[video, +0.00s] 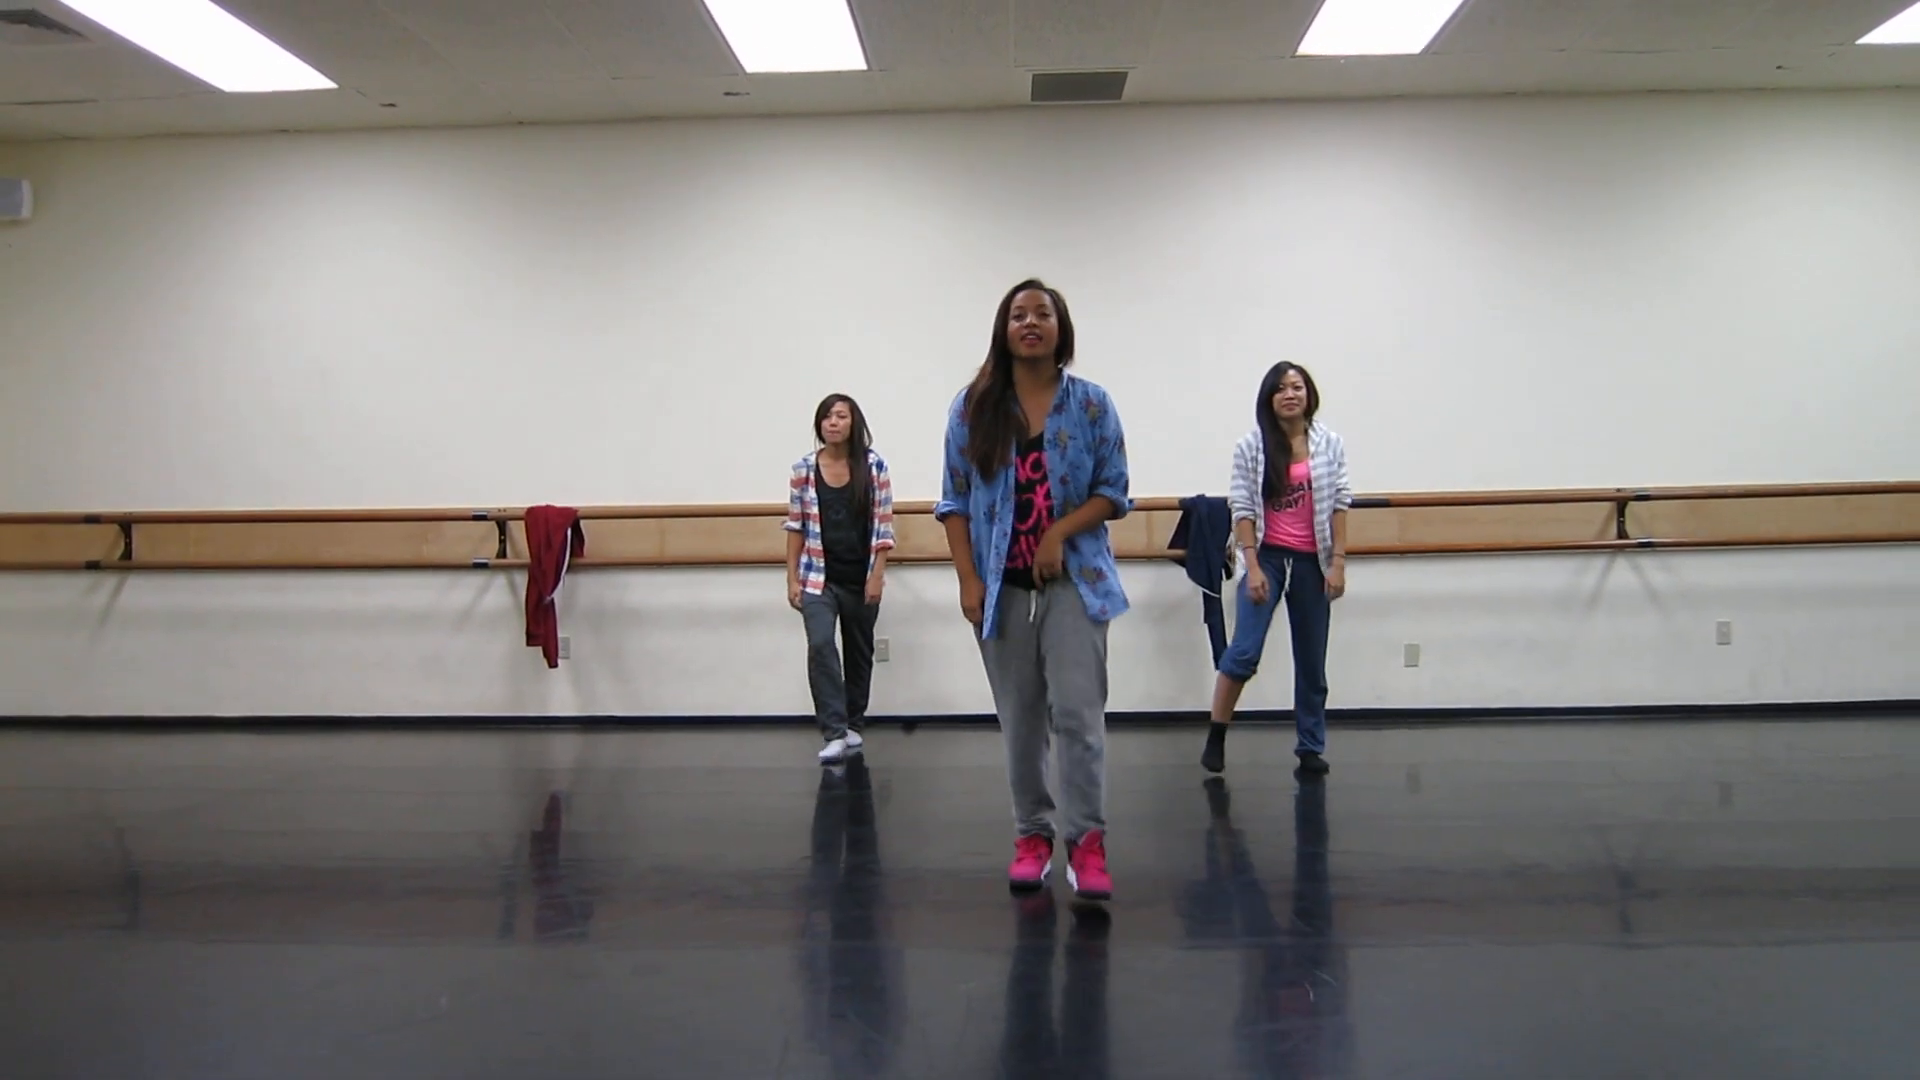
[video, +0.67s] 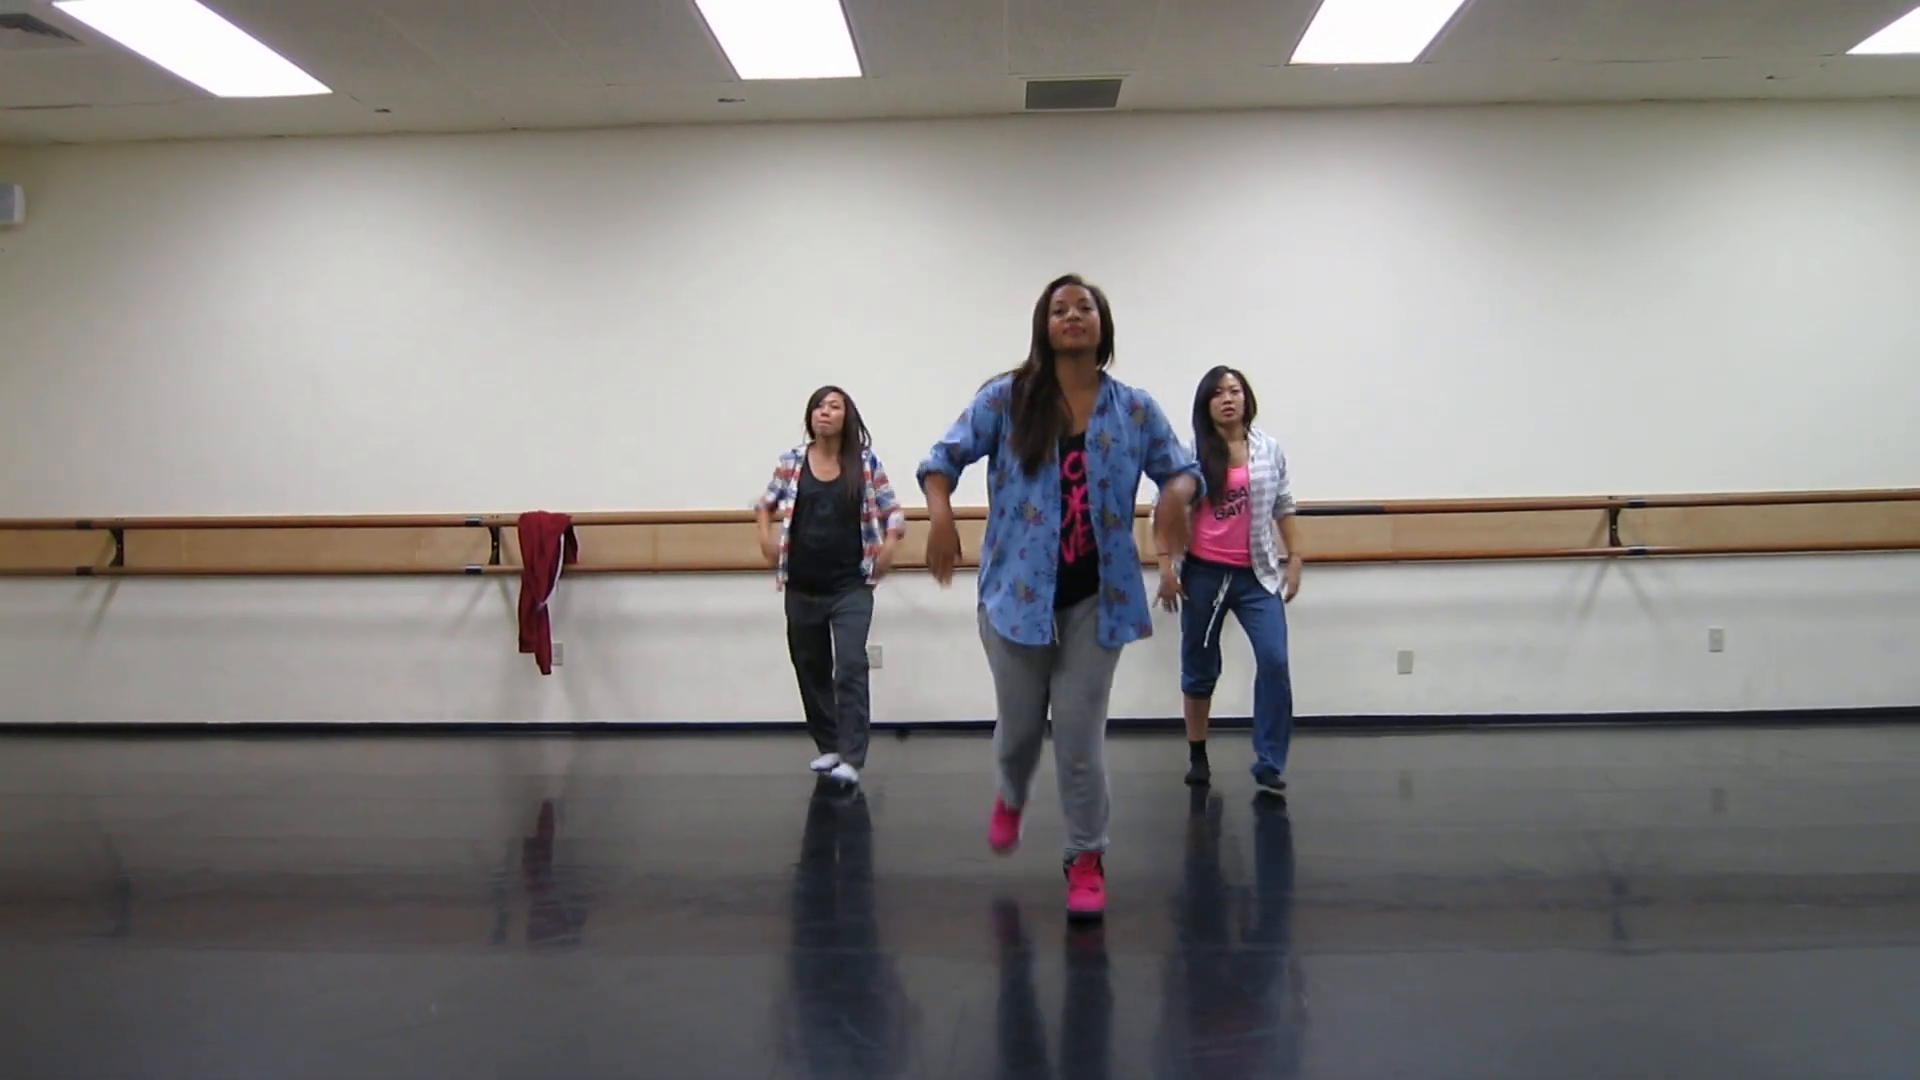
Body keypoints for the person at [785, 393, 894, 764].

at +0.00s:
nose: (834, 422)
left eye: (842, 416)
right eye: (828, 416)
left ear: (854, 424)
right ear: (819, 424)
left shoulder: (873, 465)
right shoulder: (803, 469)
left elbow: (884, 524)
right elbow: (795, 527)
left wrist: (877, 573)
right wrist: (793, 578)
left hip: (861, 580)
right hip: (817, 578)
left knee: (858, 655)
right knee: (820, 647)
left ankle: (853, 724)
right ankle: (834, 733)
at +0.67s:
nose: (827, 411)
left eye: (835, 406)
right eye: (820, 406)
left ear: (848, 418)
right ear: (810, 416)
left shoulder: (866, 462)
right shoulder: (792, 462)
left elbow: (894, 515)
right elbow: (765, 505)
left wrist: (887, 549)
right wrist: (766, 541)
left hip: (851, 588)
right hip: (802, 590)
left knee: (850, 669)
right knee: (813, 674)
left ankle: (850, 760)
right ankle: (829, 750)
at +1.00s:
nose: (818, 422)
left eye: (824, 414)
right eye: (810, 419)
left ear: (840, 422)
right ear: (803, 433)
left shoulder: (861, 469)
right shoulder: (791, 471)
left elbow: (894, 503)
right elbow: (746, 479)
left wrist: (909, 484)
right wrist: (698, 475)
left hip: (850, 596)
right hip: (800, 593)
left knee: (849, 681)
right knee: (798, 670)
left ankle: (846, 768)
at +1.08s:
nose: (813, 415)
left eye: (820, 408)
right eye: (805, 412)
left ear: (835, 415)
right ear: (798, 425)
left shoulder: (855, 459)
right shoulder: (793, 461)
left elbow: (839, 492)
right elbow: (775, 473)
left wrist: (802, 505)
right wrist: (778, 475)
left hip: (843, 590)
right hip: (795, 585)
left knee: (847, 684)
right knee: (779, 654)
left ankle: (844, 766)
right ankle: (770, 737)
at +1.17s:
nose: (806, 399)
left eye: (812, 392)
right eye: (797, 396)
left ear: (828, 399)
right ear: (790, 409)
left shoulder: (848, 443)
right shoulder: (785, 443)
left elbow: (811, 481)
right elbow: (780, 463)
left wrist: (760, 495)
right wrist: (803, 451)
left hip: (842, 577)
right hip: (791, 571)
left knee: (850, 662)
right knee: (762, 640)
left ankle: (852, 759)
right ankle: (771, 731)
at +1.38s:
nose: (789, 413)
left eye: (795, 405)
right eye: (781, 410)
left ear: (814, 412)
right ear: (775, 425)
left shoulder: (842, 459)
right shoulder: (766, 462)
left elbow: (890, 449)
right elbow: (709, 453)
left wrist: (842, 447)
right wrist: (746, 449)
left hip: (831, 595)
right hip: (776, 597)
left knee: (864, 675)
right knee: (757, 682)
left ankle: (910, 754)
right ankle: (737, 773)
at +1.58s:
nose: (782, 415)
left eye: (787, 406)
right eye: (773, 412)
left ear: (805, 409)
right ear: (768, 425)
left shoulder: (835, 456)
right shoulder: (760, 465)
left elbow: (874, 491)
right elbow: (723, 506)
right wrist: (725, 502)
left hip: (825, 594)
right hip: (771, 596)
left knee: (862, 677)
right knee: (757, 685)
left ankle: (907, 752)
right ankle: (737, 774)